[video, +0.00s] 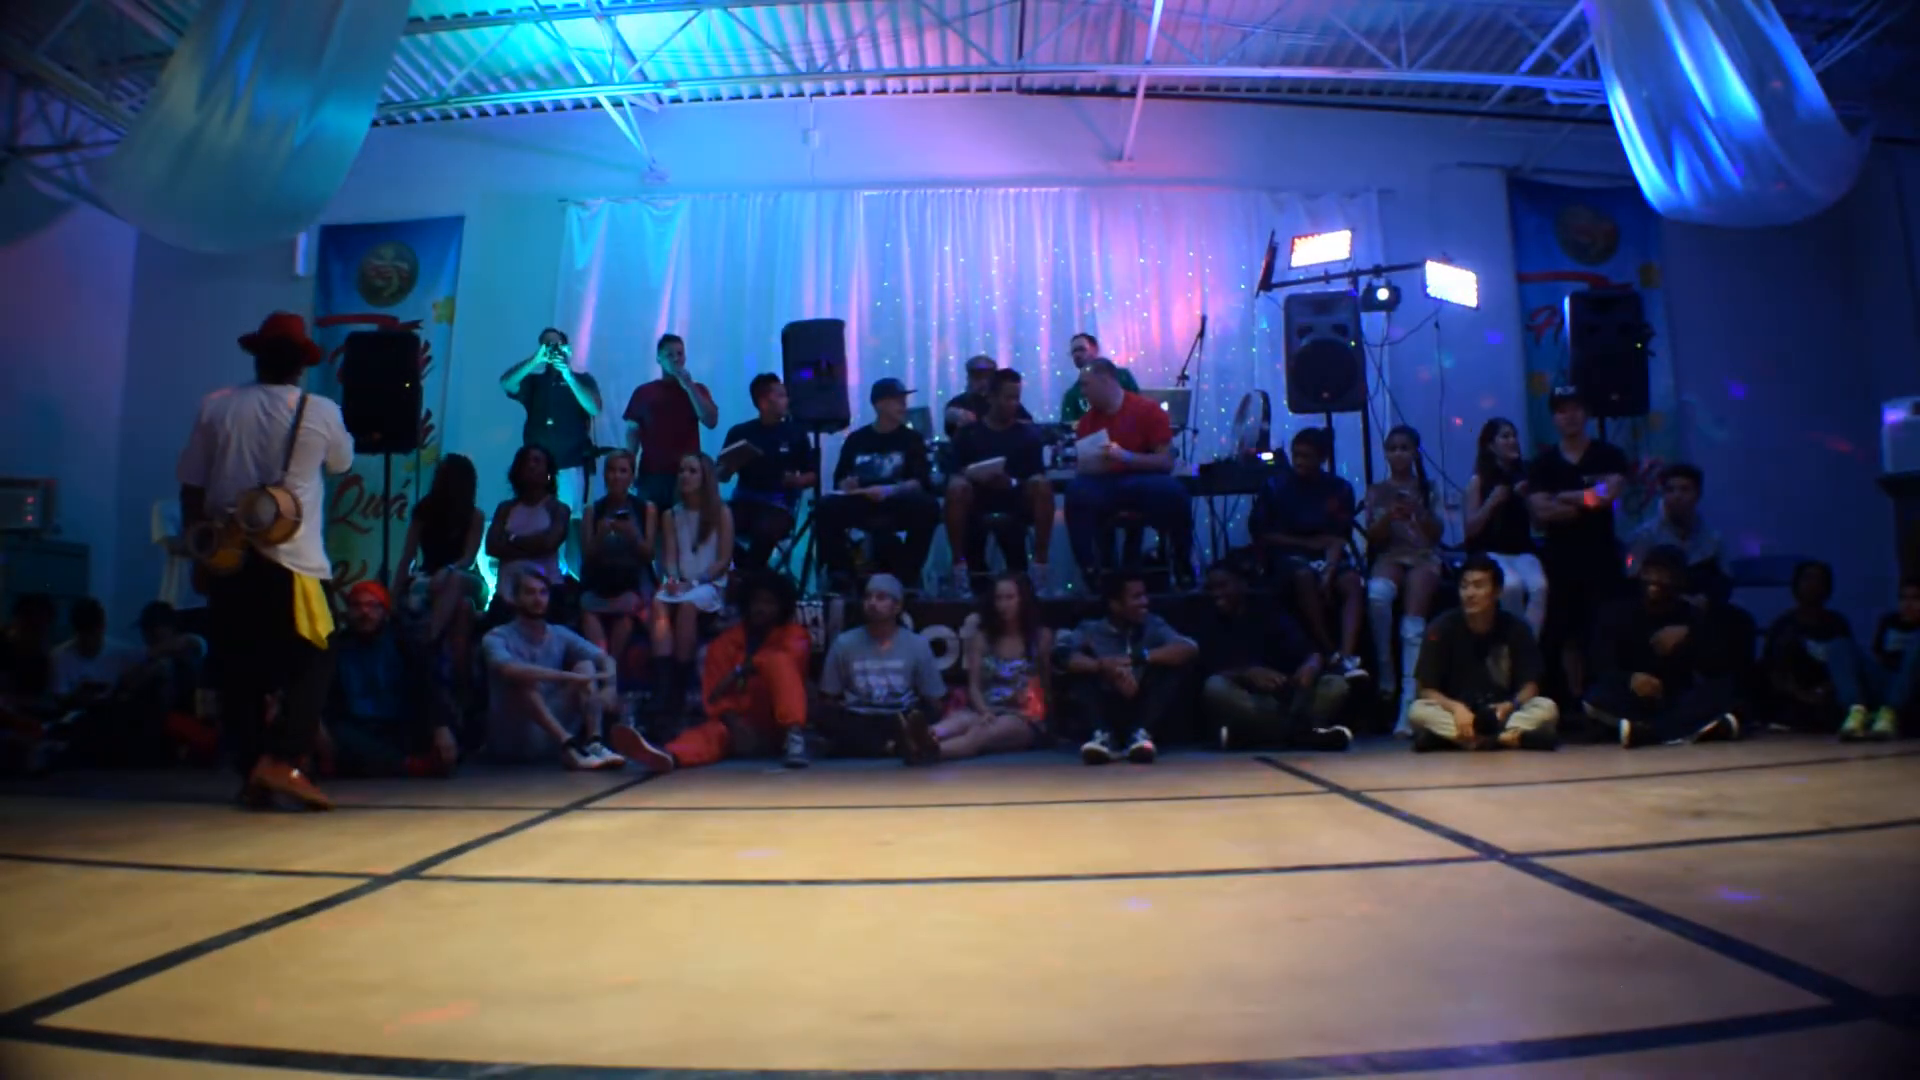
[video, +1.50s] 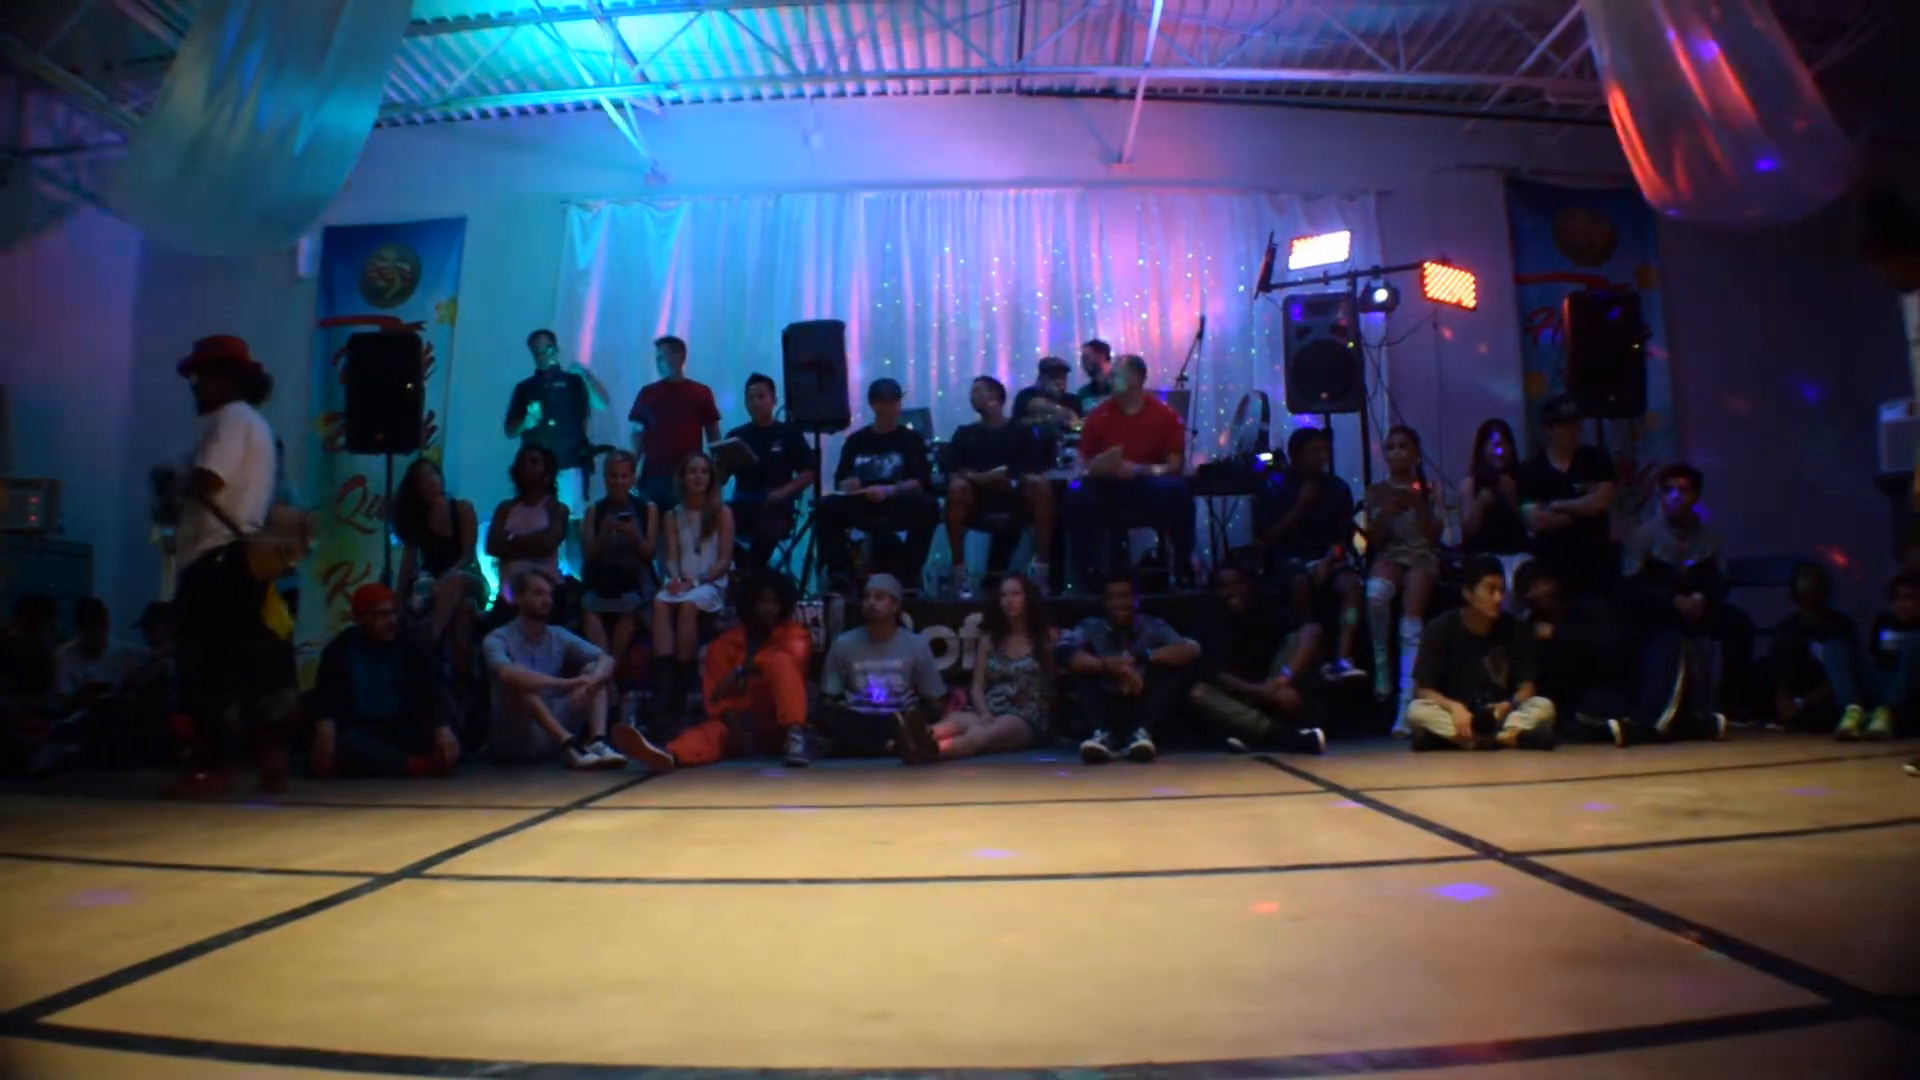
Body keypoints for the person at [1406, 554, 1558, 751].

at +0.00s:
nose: (1469, 594)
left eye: (1478, 586)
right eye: (1464, 586)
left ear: (1497, 591)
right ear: (1458, 591)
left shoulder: (1516, 628)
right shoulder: (1442, 628)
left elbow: (1530, 685)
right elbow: (1425, 690)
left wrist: (1510, 706)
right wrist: (1457, 708)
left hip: (1502, 705)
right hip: (1458, 705)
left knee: (1546, 708)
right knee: (1418, 711)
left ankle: (1463, 742)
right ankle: (1506, 740)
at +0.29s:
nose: (1470, 593)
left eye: (1479, 585)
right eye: (1465, 586)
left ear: (1498, 591)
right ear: (1459, 591)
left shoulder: (1516, 628)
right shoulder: (1443, 629)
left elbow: (1530, 685)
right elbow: (1425, 689)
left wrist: (1510, 706)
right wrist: (1457, 708)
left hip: (1502, 705)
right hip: (1458, 705)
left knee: (1546, 708)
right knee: (1418, 711)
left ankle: (1467, 742)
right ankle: (1505, 740)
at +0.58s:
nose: (1471, 593)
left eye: (1480, 586)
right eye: (1466, 586)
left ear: (1498, 591)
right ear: (1460, 590)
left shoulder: (1517, 628)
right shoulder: (1443, 629)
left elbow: (1530, 685)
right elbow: (1425, 689)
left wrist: (1510, 706)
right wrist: (1457, 708)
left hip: (1502, 705)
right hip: (1458, 704)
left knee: (1546, 708)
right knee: (1418, 711)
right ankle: (1504, 741)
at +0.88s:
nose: (1482, 594)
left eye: (1489, 587)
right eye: (1474, 587)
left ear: (1499, 592)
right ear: (1463, 591)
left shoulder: (1514, 627)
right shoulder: (1442, 629)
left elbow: (1529, 685)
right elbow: (1424, 689)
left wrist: (1510, 706)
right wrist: (1456, 708)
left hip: (1501, 705)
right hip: (1457, 706)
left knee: (1545, 708)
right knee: (1417, 711)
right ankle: (1506, 740)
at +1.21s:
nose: (1498, 597)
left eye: (1501, 590)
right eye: (1489, 589)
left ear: (1506, 593)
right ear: (1467, 593)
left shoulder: (1514, 628)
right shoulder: (1443, 630)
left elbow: (1530, 685)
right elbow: (1426, 690)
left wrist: (1511, 706)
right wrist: (1458, 708)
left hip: (1502, 706)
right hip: (1458, 706)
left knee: (1547, 707)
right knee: (1419, 711)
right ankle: (1506, 741)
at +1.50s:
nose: (1498, 598)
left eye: (1501, 591)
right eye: (1490, 590)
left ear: (1505, 593)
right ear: (1468, 594)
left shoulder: (1514, 628)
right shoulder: (1441, 629)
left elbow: (1527, 685)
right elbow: (1423, 689)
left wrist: (1508, 705)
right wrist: (1455, 708)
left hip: (1500, 705)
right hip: (1456, 705)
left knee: (1544, 707)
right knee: (1417, 711)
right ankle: (1505, 740)